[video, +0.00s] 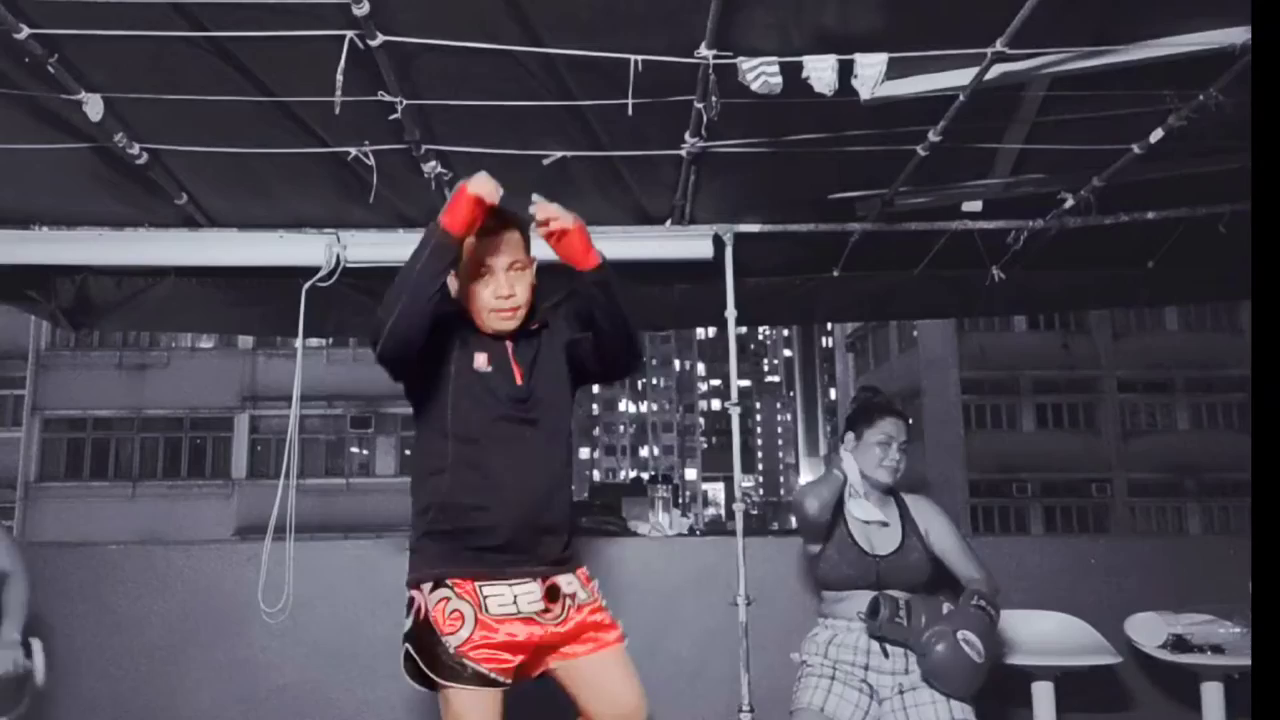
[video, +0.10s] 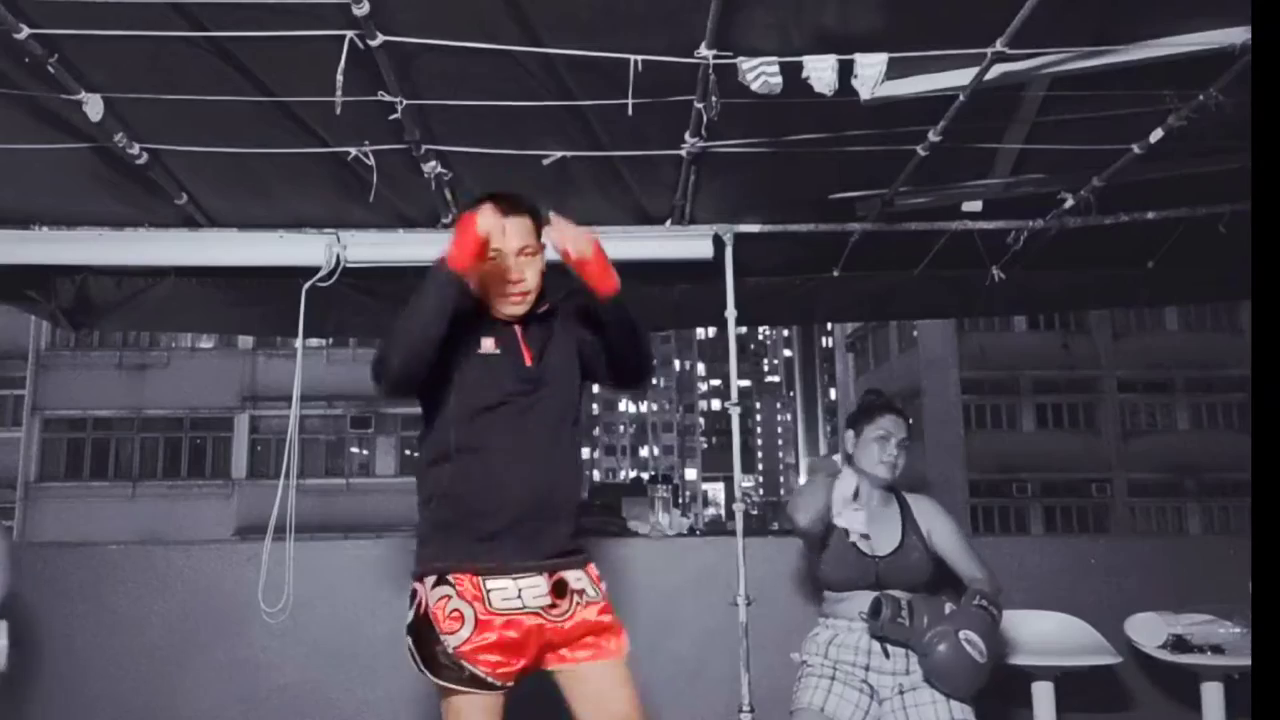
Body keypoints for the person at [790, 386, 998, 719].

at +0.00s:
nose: (895, 456)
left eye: (902, 448)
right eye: (884, 444)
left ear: (908, 454)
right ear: (850, 444)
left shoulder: (920, 509)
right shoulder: (823, 506)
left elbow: (979, 581)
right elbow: (811, 511)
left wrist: (975, 616)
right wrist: (840, 471)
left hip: (921, 666)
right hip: (838, 664)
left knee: (949, 716)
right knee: (818, 713)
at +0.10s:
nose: (894, 452)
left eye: (902, 444)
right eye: (882, 439)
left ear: (907, 452)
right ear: (851, 441)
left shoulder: (922, 509)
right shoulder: (825, 498)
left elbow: (981, 580)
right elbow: (802, 517)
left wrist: (976, 615)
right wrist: (829, 469)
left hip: (922, 666)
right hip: (838, 662)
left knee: (947, 716)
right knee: (818, 713)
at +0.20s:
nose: (893, 447)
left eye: (904, 442)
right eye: (881, 434)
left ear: (911, 458)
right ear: (854, 440)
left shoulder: (927, 512)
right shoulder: (824, 505)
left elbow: (984, 585)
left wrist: (976, 624)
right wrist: (805, 497)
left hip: (923, 669)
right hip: (838, 664)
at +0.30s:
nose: (892, 446)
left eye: (905, 442)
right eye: (882, 434)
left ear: (912, 458)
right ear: (857, 443)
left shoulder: (929, 514)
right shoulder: (826, 507)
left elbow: (986, 585)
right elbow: (771, 560)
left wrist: (983, 624)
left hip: (924, 668)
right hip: (840, 662)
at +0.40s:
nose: (892, 447)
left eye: (904, 443)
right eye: (880, 435)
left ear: (912, 460)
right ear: (857, 444)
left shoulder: (931, 517)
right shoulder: (822, 506)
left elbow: (987, 589)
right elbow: (778, 550)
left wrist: (981, 627)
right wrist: (848, 530)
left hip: (924, 666)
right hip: (837, 658)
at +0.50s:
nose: (891, 462)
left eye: (901, 452)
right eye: (880, 449)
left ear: (911, 460)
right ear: (857, 453)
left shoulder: (930, 517)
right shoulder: (830, 507)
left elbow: (985, 587)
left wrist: (985, 618)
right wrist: (870, 494)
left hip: (923, 668)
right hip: (837, 662)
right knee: (817, 712)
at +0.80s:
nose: (867, 457)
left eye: (881, 446)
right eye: (858, 446)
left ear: (908, 452)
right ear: (848, 453)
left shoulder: (932, 519)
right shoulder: (836, 497)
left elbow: (988, 590)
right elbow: (848, 525)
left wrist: (985, 621)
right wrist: (909, 493)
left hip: (921, 666)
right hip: (837, 659)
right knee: (817, 712)